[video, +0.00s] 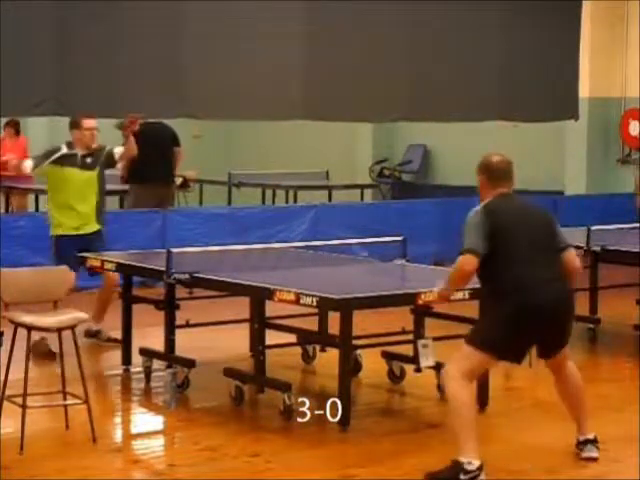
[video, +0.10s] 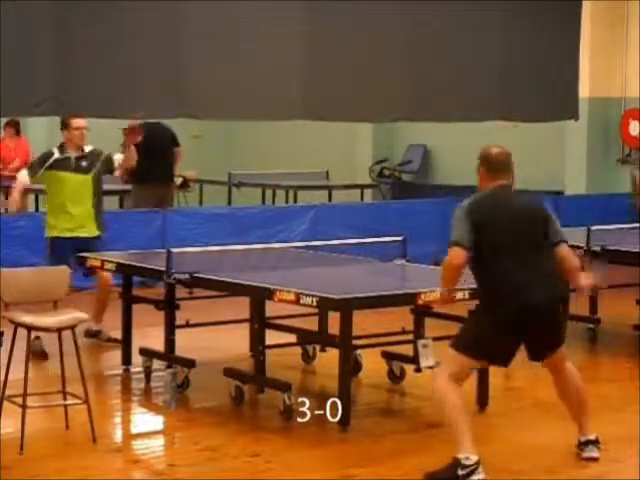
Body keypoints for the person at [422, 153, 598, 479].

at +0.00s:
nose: (478, 187)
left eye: (478, 182)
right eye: (481, 182)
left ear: (482, 181)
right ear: (512, 181)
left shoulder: (482, 214)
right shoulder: (539, 212)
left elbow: (467, 265)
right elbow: (572, 264)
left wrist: (445, 292)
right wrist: (557, 293)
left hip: (511, 309)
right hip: (556, 304)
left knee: (458, 373)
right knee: (560, 361)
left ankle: (468, 461)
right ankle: (587, 437)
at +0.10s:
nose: (477, 178)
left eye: (477, 173)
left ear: (481, 173)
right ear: (511, 173)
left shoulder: (471, 207)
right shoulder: (536, 204)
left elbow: (456, 260)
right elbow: (567, 258)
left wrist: (446, 293)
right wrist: (577, 280)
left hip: (499, 308)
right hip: (547, 304)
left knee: (447, 377)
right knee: (558, 362)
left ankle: (466, 458)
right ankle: (587, 437)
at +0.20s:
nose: (503, 167)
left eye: (473, 166)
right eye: (504, 161)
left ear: (472, 166)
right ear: (504, 162)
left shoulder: (458, 202)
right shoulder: (529, 196)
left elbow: (439, 257)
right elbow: (558, 258)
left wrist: (447, 290)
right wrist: (529, 262)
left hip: (487, 305)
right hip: (534, 303)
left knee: (444, 378)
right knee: (558, 371)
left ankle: (462, 459)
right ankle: (588, 439)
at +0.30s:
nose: (489, 153)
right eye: (488, 147)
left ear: (455, 155)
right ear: (487, 148)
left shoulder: (449, 193)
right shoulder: (514, 179)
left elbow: (432, 250)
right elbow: (537, 233)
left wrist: (436, 271)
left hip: (482, 297)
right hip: (529, 292)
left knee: (449, 377)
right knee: (553, 369)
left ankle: (460, 460)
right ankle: (580, 445)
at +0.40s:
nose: (450, 151)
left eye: (447, 146)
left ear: (448, 147)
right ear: (481, 140)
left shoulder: (448, 187)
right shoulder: (510, 171)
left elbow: (436, 245)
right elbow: (532, 221)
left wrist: (432, 268)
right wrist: (507, 239)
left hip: (481, 294)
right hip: (529, 287)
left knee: (452, 375)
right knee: (549, 365)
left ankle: (460, 460)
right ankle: (575, 447)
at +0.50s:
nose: (444, 144)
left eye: (444, 139)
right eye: (446, 138)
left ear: (448, 139)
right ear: (481, 136)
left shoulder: (451, 181)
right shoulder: (510, 165)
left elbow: (448, 238)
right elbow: (530, 218)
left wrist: (432, 262)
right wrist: (499, 235)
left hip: (484, 285)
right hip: (529, 278)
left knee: (454, 370)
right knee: (547, 364)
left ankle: (460, 461)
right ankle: (573, 448)